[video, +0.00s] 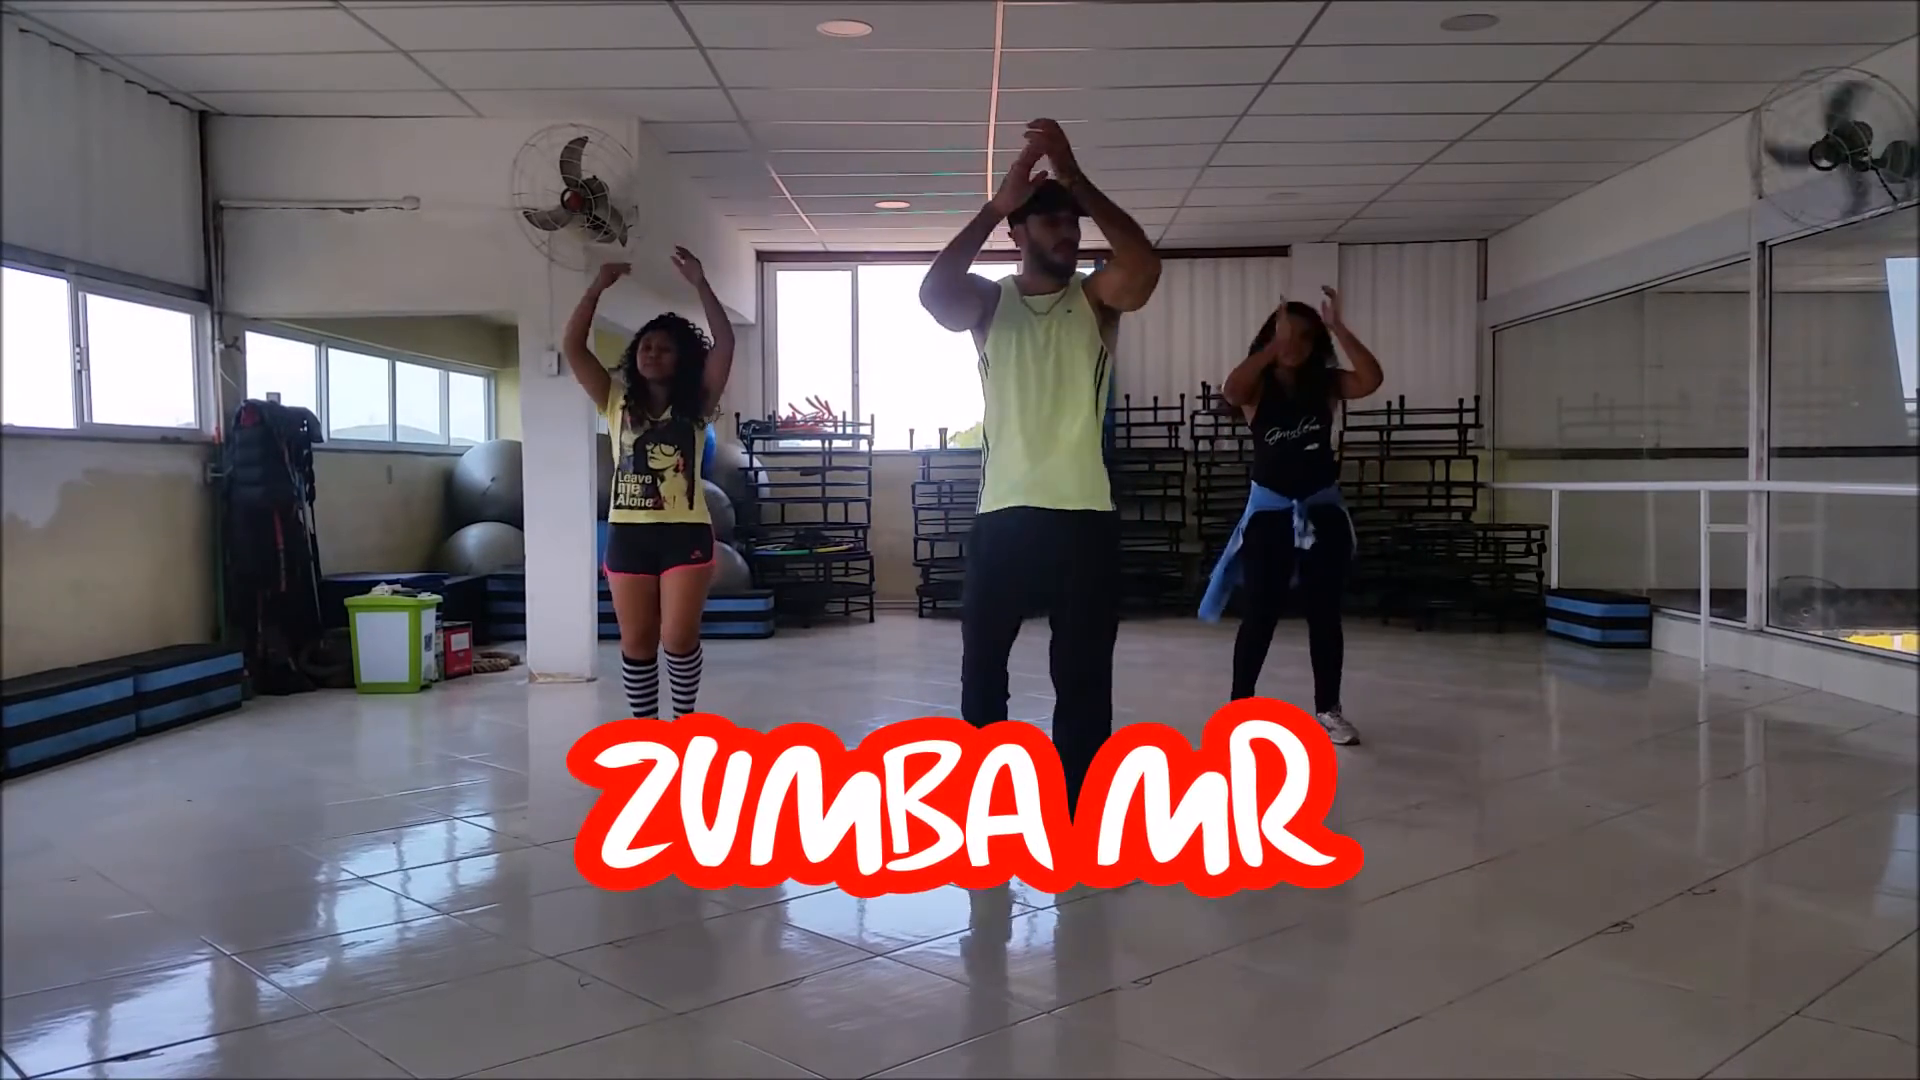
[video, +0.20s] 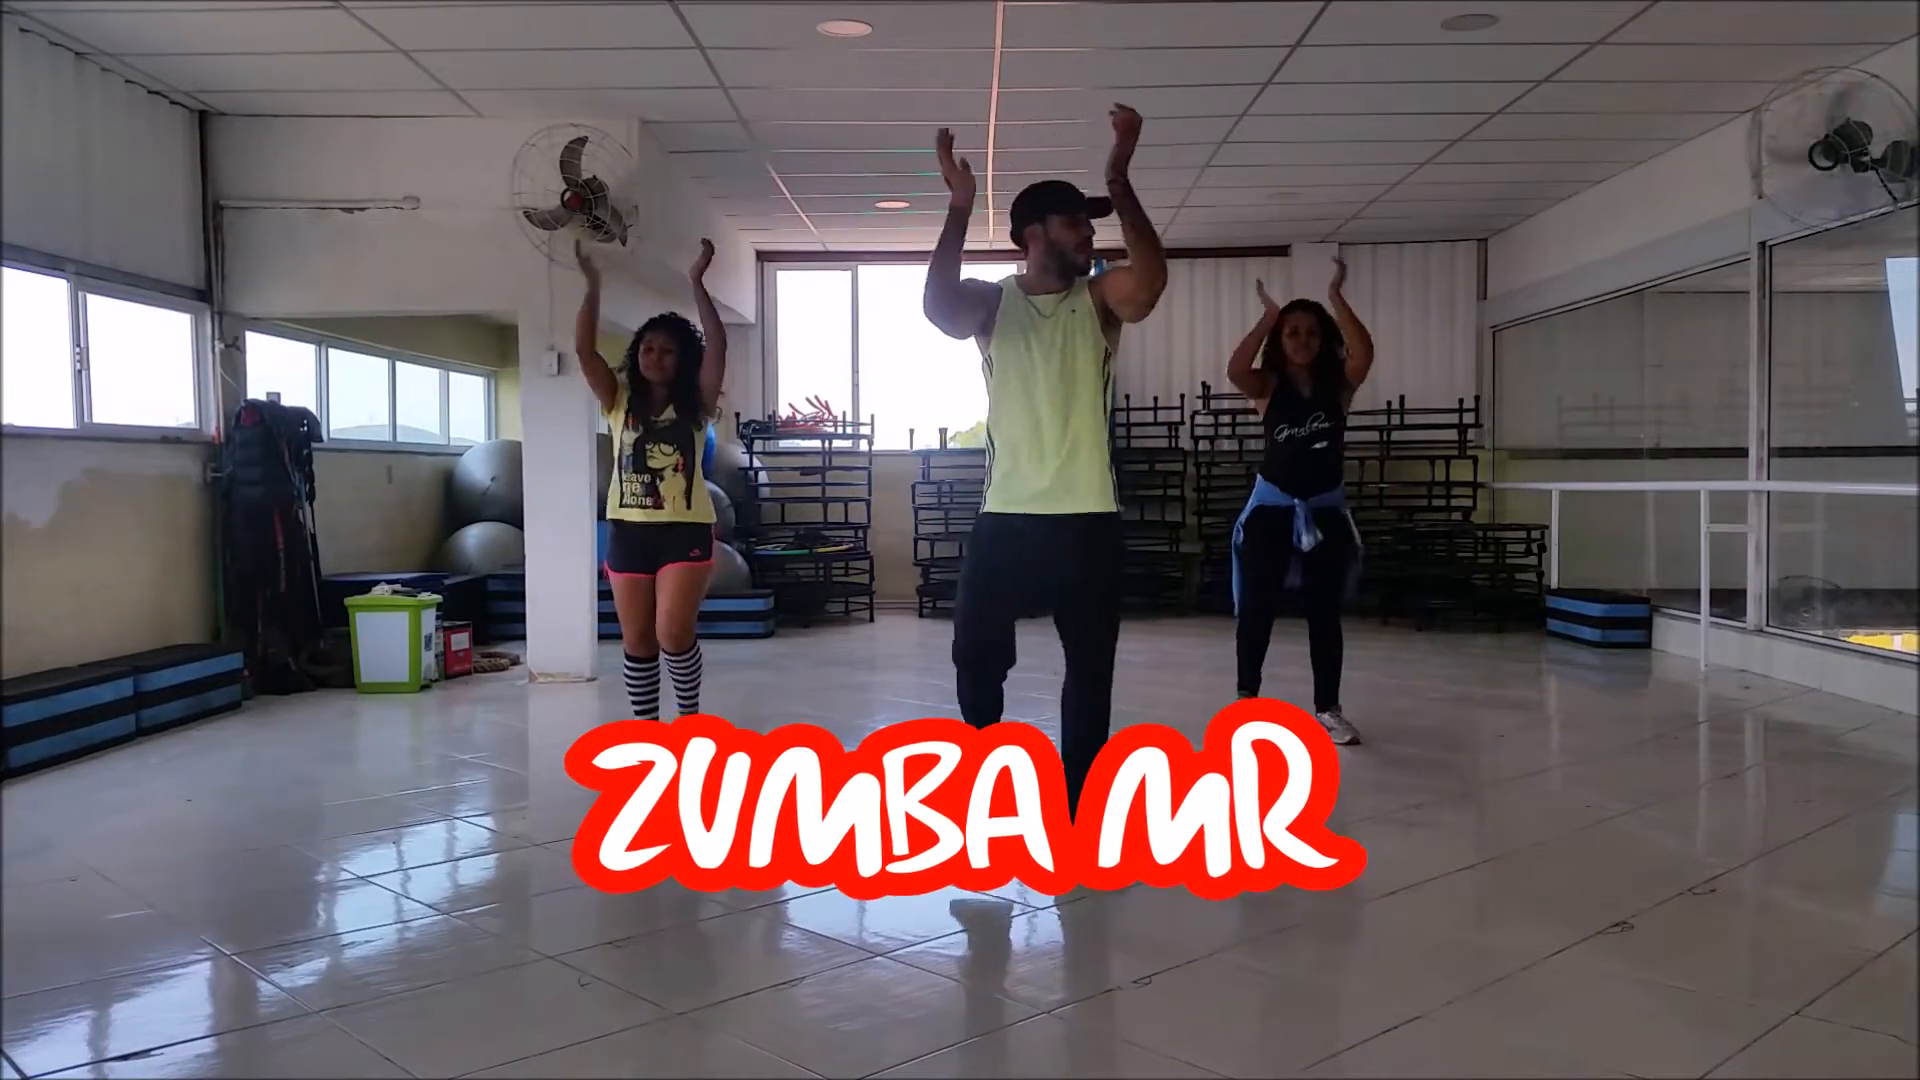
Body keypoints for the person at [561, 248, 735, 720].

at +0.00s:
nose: (654, 355)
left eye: (665, 349)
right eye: (646, 348)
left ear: (684, 360)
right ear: (634, 356)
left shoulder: (696, 404)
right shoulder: (615, 402)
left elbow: (723, 343)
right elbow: (573, 345)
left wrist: (700, 284)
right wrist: (597, 286)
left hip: (685, 538)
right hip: (628, 539)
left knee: (678, 641)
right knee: (636, 645)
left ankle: (685, 729)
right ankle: (645, 736)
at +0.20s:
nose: (656, 357)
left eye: (667, 350)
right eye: (648, 349)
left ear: (683, 361)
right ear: (636, 356)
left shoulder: (697, 404)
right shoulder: (618, 401)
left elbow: (717, 342)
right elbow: (584, 349)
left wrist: (698, 281)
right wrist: (593, 283)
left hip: (685, 537)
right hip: (628, 537)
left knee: (673, 635)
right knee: (637, 644)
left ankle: (689, 726)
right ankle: (646, 736)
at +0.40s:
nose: (659, 358)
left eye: (670, 351)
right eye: (652, 349)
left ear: (688, 357)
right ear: (640, 356)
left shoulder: (702, 403)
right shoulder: (626, 401)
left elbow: (715, 337)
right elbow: (593, 343)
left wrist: (676, 280)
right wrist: (636, 288)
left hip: (691, 541)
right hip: (633, 540)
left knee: (687, 644)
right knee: (635, 646)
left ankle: (690, 732)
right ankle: (646, 735)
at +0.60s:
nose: (664, 360)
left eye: (675, 352)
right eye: (656, 352)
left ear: (694, 360)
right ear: (645, 359)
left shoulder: (708, 407)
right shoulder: (629, 403)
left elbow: (725, 340)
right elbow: (589, 348)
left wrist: (708, 279)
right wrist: (591, 281)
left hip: (696, 541)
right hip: (638, 539)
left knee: (691, 643)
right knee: (628, 631)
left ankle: (690, 728)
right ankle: (648, 715)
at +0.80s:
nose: (661, 364)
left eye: (671, 357)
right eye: (653, 356)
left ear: (687, 362)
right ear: (643, 360)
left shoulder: (704, 406)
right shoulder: (627, 405)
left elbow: (707, 341)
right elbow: (602, 347)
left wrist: (668, 290)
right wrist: (651, 301)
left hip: (693, 541)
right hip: (635, 541)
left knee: (688, 649)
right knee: (639, 651)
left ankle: (691, 741)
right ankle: (651, 741)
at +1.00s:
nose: (659, 359)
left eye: (670, 351)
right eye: (651, 351)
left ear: (686, 360)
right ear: (638, 358)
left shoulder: (700, 405)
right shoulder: (617, 404)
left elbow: (726, 343)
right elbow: (582, 347)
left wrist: (708, 280)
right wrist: (595, 282)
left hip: (688, 538)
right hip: (631, 539)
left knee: (678, 633)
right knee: (638, 645)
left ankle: (691, 722)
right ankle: (650, 736)